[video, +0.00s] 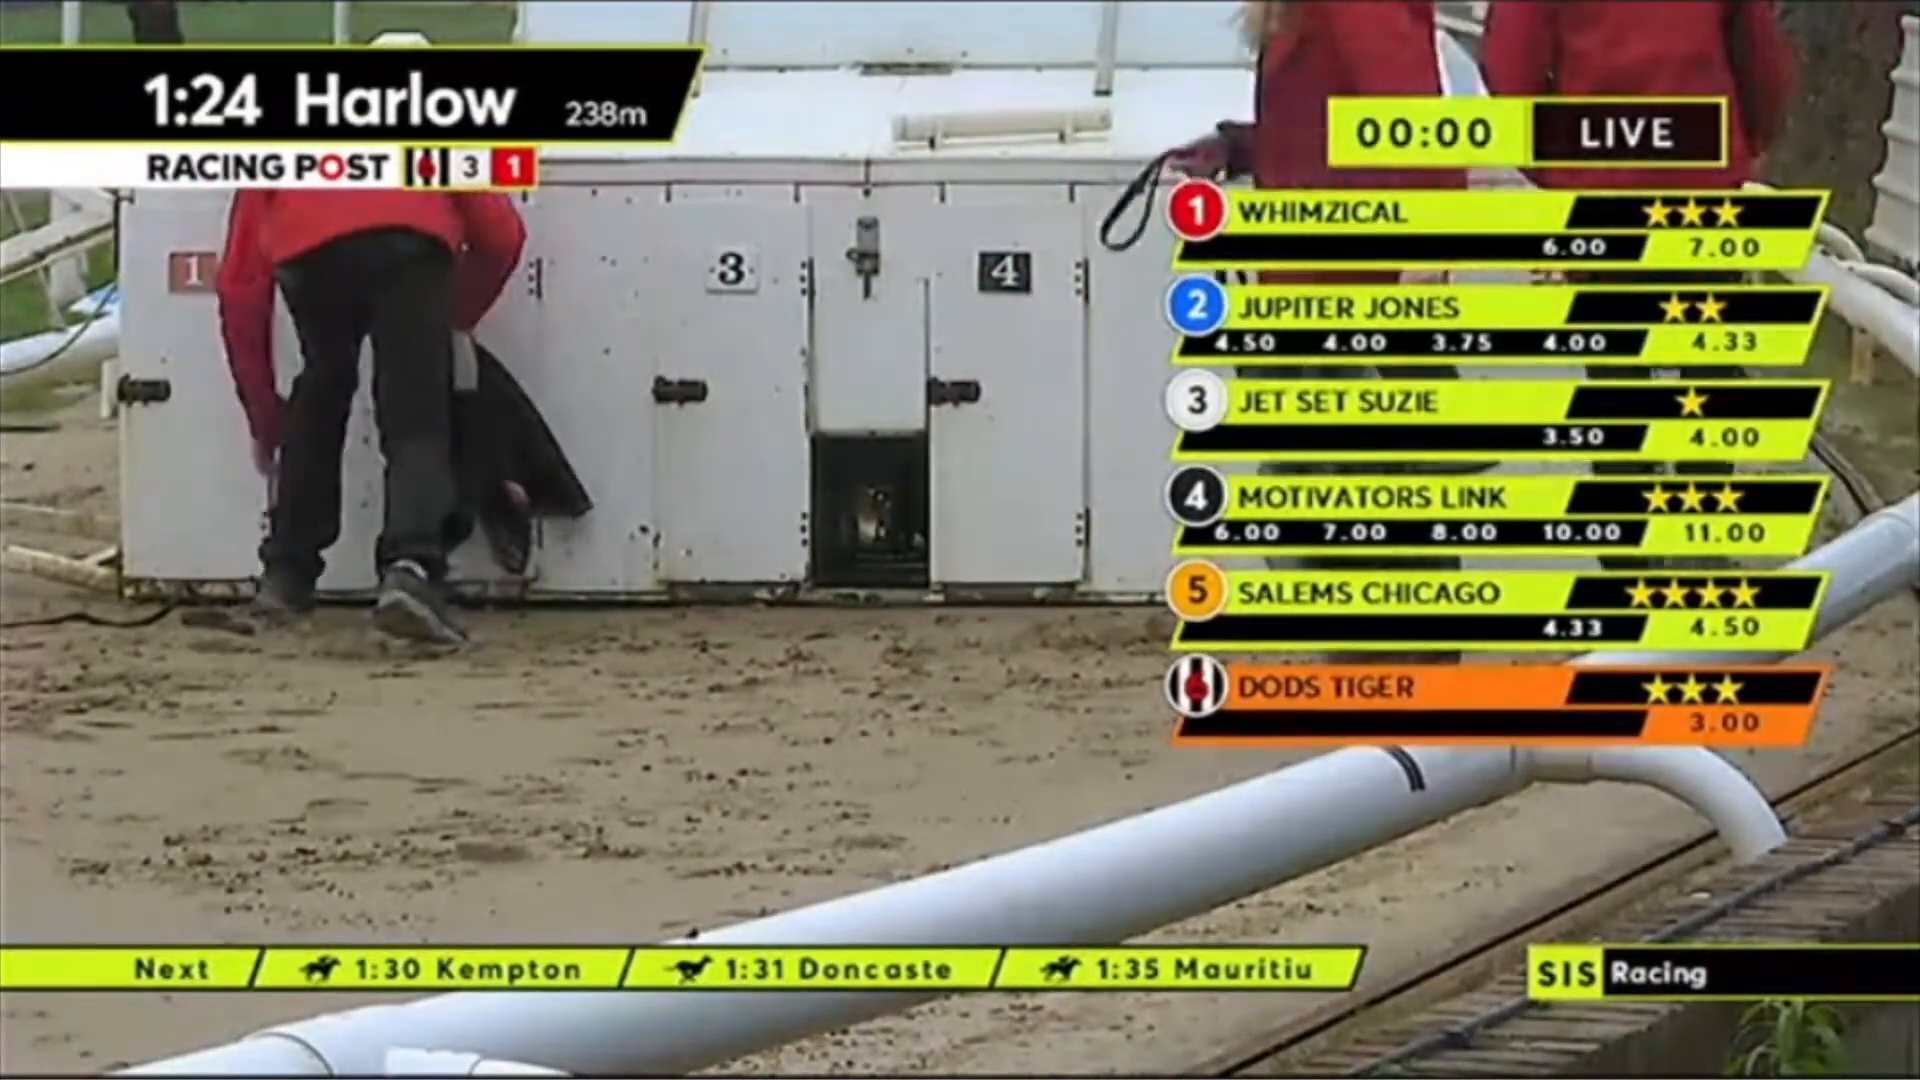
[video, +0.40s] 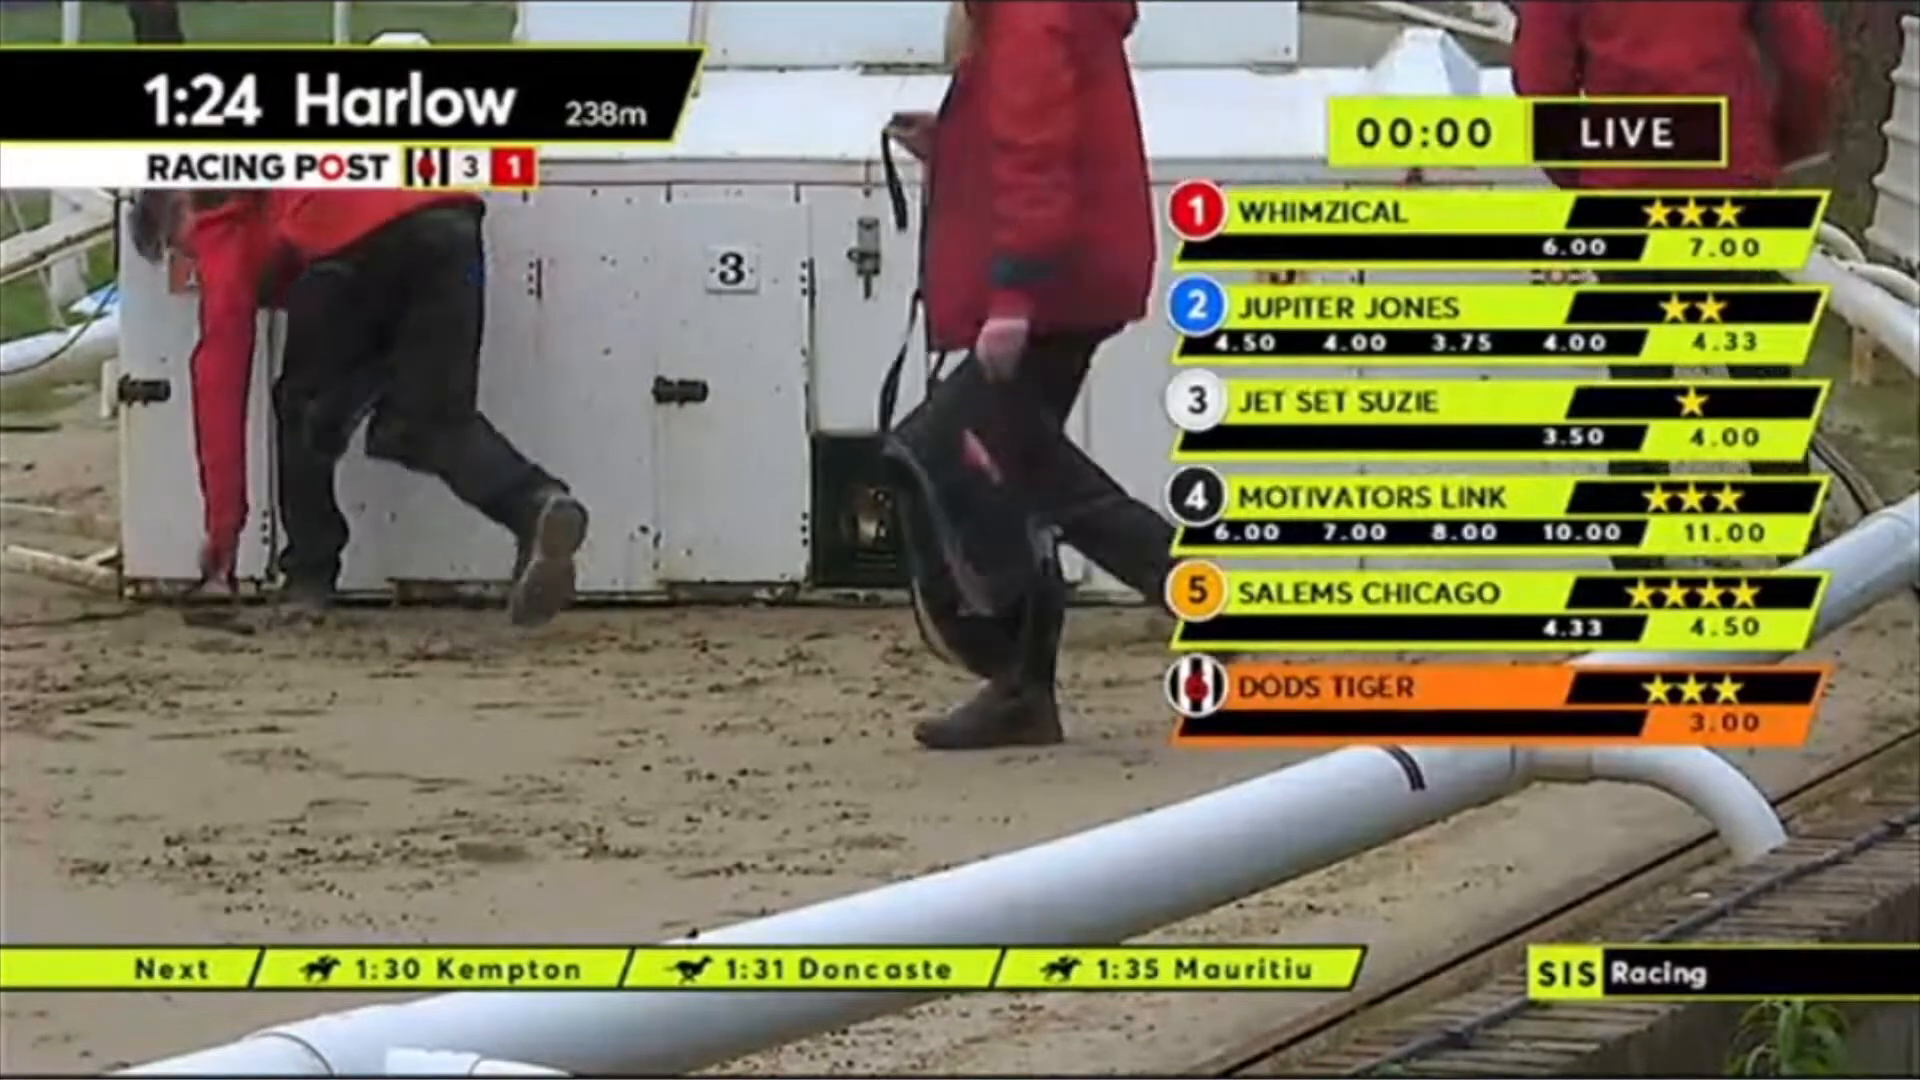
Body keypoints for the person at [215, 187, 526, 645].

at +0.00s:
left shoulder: (269, 176)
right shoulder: (432, 157)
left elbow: (238, 286)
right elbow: (503, 235)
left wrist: (263, 414)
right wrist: (456, 316)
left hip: (308, 248)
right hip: (410, 234)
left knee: (321, 388)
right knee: (414, 416)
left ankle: (289, 574)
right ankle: (411, 571)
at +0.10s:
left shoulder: (264, 166)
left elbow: (225, 298)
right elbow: (501, 174)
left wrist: (219, 462)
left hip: (326, 250)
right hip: (426, 230)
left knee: (327, 391)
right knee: (418, 407)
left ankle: (312, 575)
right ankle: (424, 564)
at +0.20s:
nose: (217, 236)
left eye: (210, 218)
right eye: (207, 225)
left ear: (214, 196)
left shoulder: (241, 189)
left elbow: (223, 337)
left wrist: (202, 498)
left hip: (338, 250)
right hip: (438, 227)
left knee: (312, 399)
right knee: (426, 405)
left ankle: (311, 576)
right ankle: (440, 554)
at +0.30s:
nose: (201, 269)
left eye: (191, 252)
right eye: (188, 260)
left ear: (194, 209)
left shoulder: (229, 217)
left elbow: (222, 372)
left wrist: (198, 529)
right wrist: (371, 396)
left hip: (342, 251)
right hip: (446, 223)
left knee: (305, 401)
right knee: (434, 399)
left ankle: (310, 579)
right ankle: (481, 539)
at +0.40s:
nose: (187, 276)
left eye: (178, 251)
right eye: (174, 260)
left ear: (185, 209)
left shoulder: (225, 225)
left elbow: (221, 374)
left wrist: (222, 527)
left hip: (347, 245)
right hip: (444, 217)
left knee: (307, 415)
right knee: (424, 419)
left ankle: (308, 582)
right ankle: (539, 507)